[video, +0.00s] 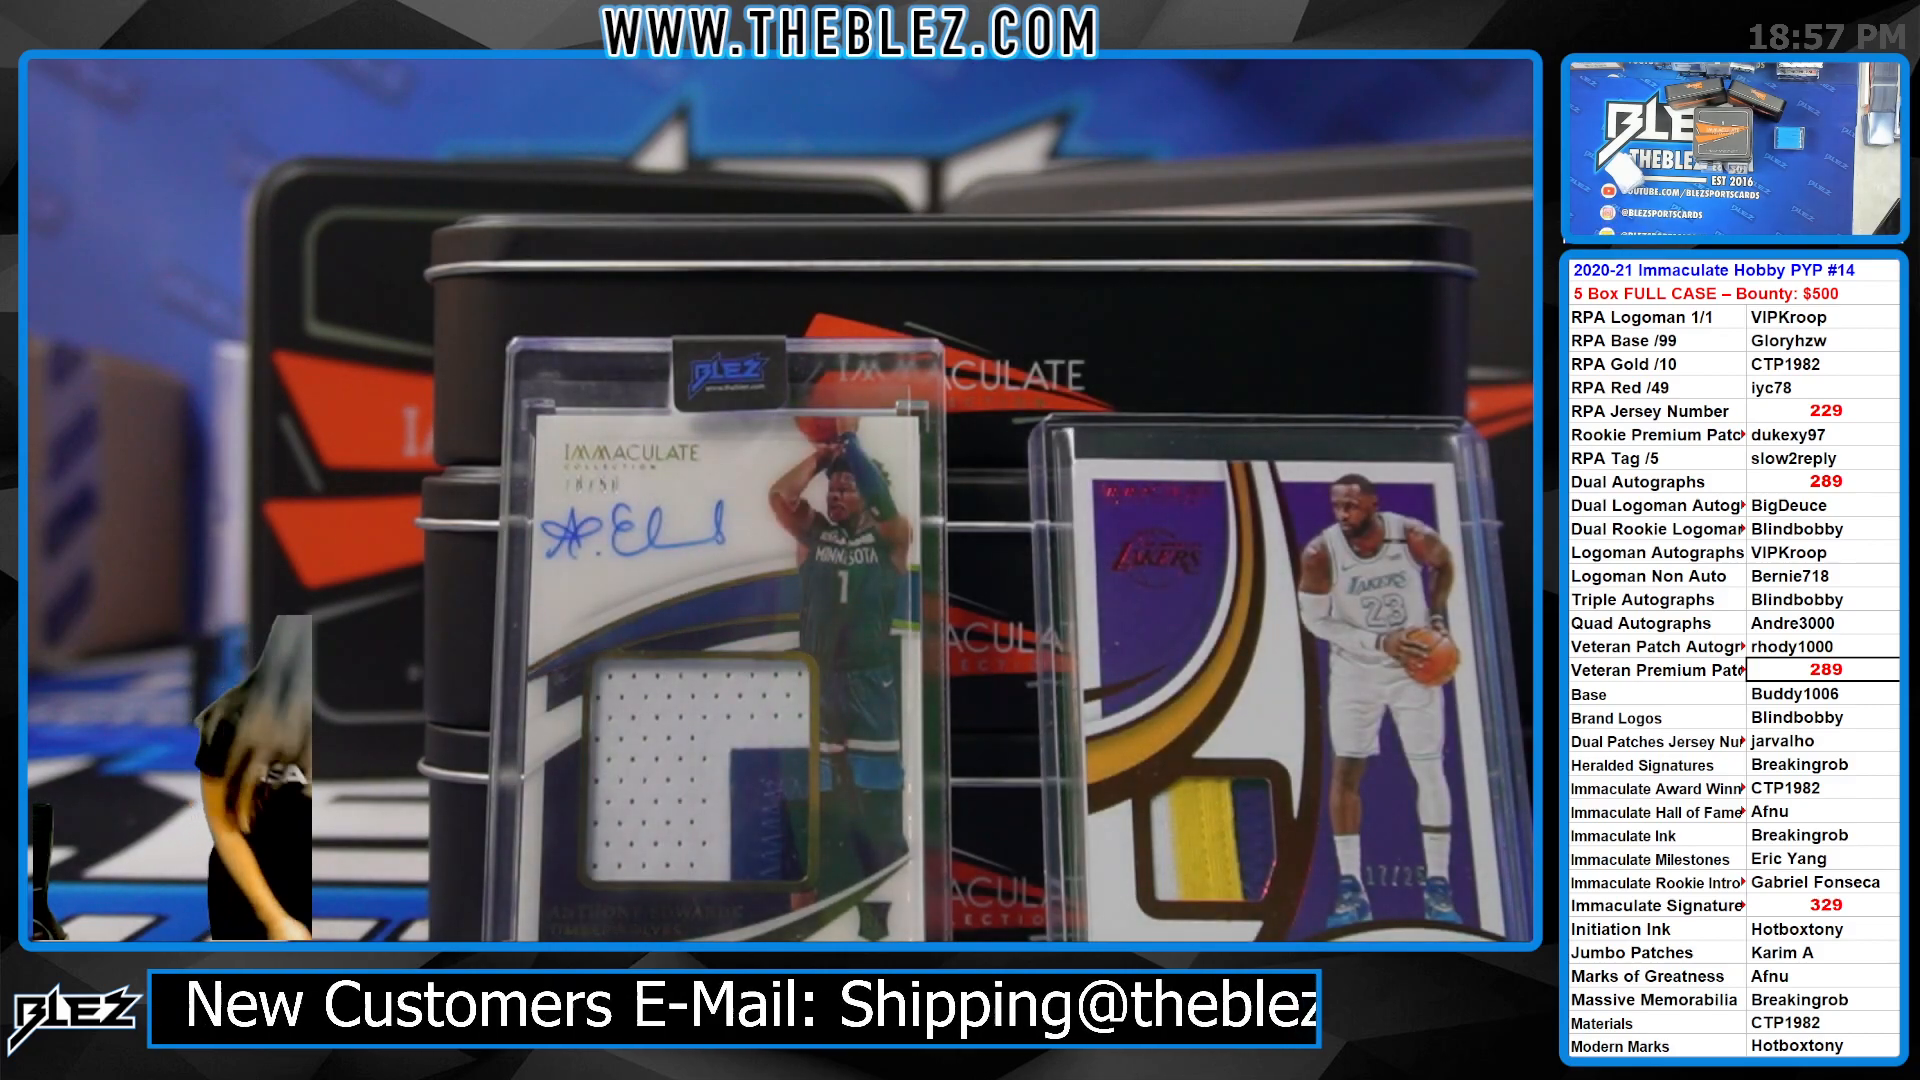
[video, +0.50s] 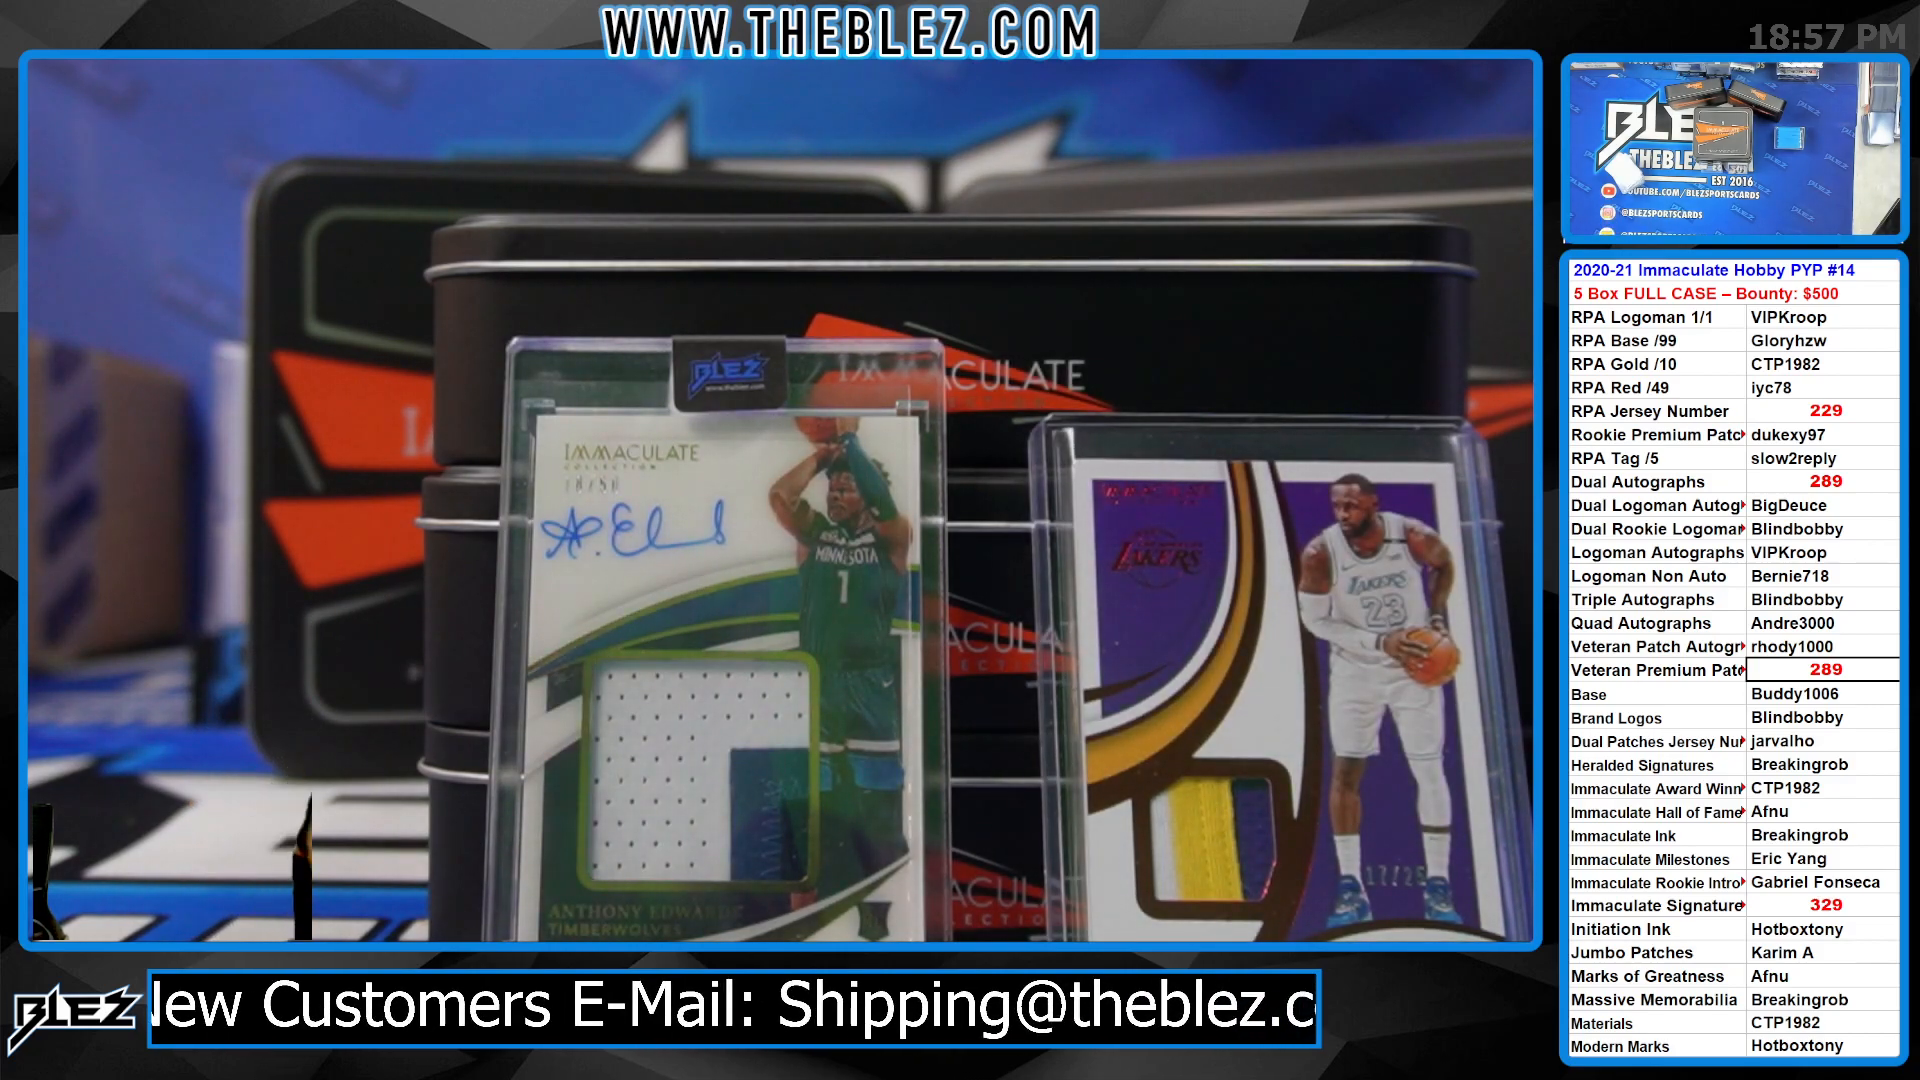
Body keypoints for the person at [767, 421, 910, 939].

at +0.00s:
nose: (839, 494)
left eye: (849, 488)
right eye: (834, 487)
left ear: (867, 495)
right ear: (826, 493)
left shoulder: (890, 540)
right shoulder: (814, 533)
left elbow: (889, 513)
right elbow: (780, 495)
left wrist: (856, 455)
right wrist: (818, 459)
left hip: (873, 680)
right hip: (818, 678)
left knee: (877, 796)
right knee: (824, 793)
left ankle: (878, 903)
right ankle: (824, 894)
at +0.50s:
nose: (841, 493)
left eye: (850, 486)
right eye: (835, 485)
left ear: (869, 494)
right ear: (827, 493)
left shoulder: (891, 540)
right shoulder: (815, 534)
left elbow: (882, 500)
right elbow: (780, 496)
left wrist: (851, 446)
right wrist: (818, 459)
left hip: (873, 681)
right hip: (817, 679)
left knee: (878, 801)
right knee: (823, 798)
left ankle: (878, 906)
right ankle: (820, 901)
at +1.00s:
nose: (840, 493)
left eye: (850, 487)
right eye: (835, 486)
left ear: (868, 493)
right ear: (827, 493)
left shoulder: (890, 539)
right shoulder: (815, 533)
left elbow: (882, 499)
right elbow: (780, 495)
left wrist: (851, 445)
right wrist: (818, 459)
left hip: (871, 678)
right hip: (818, 677)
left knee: (877, 797)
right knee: (824, 792)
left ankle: (878, 903)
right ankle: (824, 890)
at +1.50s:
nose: (839, 494)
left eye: (849, 487)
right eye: (834, 487)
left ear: (867, 494)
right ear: (827, 495)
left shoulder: (890, 539)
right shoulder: (814, 533)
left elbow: (880, 495)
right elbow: (781, 495)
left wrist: (850, 443)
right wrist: (819, 458)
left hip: (871, 682)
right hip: (817, 682)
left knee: (878, 803)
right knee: (824, 800)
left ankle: (876, 908)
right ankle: (822, 898)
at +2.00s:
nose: (841, 495)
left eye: (850, 488)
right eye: (835, 487)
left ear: (869, 494)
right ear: (827, 494)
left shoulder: (891, 539)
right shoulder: (815, 533)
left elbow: (882, 499)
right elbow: (780, 495)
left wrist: (850, 444)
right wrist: (819, 458)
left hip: (873, 679)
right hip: (818, 678)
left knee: (878, 798)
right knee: (822, 796)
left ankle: (877, 903)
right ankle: (819, 897)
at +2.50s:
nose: (840, 494)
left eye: (849, 487)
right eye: (834, 486)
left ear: (868, 494)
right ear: (827, 494)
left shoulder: (890, 540)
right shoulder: (815, 533)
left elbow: (880, 496)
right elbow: (781, 495)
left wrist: (850, 443)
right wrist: (819, 458)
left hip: (871, 682)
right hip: (818, 681)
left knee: (878, 804)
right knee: (830, 802)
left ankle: (877, 910)